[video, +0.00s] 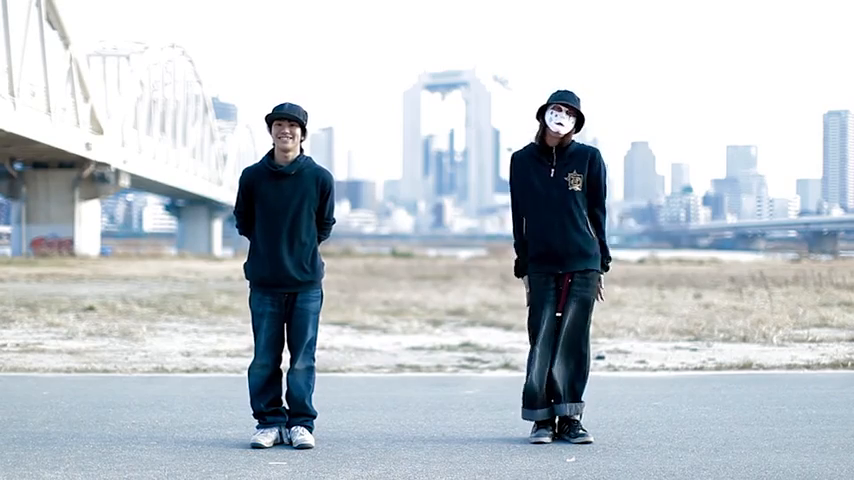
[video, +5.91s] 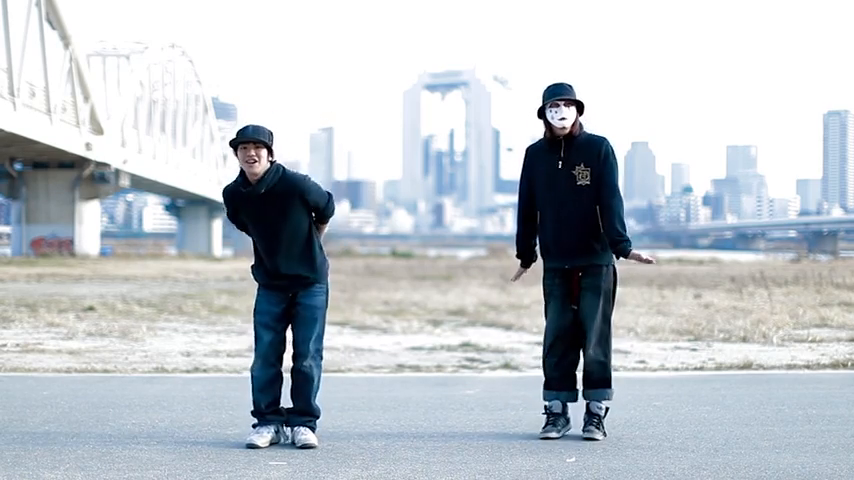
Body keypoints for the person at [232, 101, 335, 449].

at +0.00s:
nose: (285, 134)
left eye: (292, 129)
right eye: (279, 128)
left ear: (302, 134)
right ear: (271, 132)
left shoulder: (320, 178)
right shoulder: (251, 176)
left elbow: (324, 227)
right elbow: (243, 224)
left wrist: (299, 245)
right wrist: (270, 243)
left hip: (306, 280)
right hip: (264, 279)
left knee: (302, 355)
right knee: (265, 355)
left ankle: (300, 424)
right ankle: (268, 424)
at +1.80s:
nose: (247, 143)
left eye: (253, 136)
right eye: (240, 138)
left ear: (265, 141)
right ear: (233, 145)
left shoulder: (293, 174)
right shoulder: (237, 189)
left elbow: (327, 207)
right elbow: (257, 225)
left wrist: (318, 233)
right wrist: (300, 234)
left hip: (313, 278)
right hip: (275, 280)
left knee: (305, 353)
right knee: (267, 353)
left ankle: (301, 425)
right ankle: (267, 424)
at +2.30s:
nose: (277, 148)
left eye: (284, 142)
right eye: (271, 141)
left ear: (292, 146)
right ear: (261, 143)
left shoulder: (312, 182)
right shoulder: (244, 183)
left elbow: (322, 230)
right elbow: (229, 231)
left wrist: (298, 248)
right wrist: (256, 253)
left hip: (302, 288)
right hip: (259, 289)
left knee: (302, 359)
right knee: (258, 361)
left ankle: (301, 425)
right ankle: (266, 425)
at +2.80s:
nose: (326, 153)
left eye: (333, 150)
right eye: (321, 147)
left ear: (340, 160)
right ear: (309, 152)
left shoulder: (336, 201)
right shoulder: (279, 183)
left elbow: (310, 235)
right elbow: (242, 211)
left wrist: (278, 249)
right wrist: (251, 249)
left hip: (292, 283)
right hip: (253, 281)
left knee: (297, 351)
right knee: (259, 353)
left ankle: (299, 422)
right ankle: (266, 422)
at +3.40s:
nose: (281, 160)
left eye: (288, 154)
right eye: (276, 154)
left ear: (300, 159)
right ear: (269, 158)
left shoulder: (318, 197)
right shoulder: (257, 203)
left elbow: (335, 244)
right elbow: (250, 246)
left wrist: (312, 278)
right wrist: (265, 271)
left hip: (300, 294)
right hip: (259, 293)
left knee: (299, 364)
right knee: (255, 365)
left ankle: (301, 426)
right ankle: (266, 425)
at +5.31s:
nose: (280, 164)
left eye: (287, 159)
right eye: (275, 158)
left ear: (298, 163)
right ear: (267, 161)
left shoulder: (316, 199)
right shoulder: (255, 206)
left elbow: (333, 247)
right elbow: (249, 249)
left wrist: (310, 272)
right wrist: (265, 272)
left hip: (301, 297)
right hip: (259, 296)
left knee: (299, 367)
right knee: (252, 368)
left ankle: (302, 426)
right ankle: (266, 425)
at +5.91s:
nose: (251, 155)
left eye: (257, 149)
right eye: (244, 149)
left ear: (269, 152)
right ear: (236, 154)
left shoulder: (297, 185)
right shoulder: (233, 195)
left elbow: (326, 208)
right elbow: (244, 226)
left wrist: (312, 237)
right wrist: (274, 238)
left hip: (310, 281)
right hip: (269, 282)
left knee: (306, 355)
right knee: (265, 355)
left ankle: (302, 424)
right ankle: (267, 424)